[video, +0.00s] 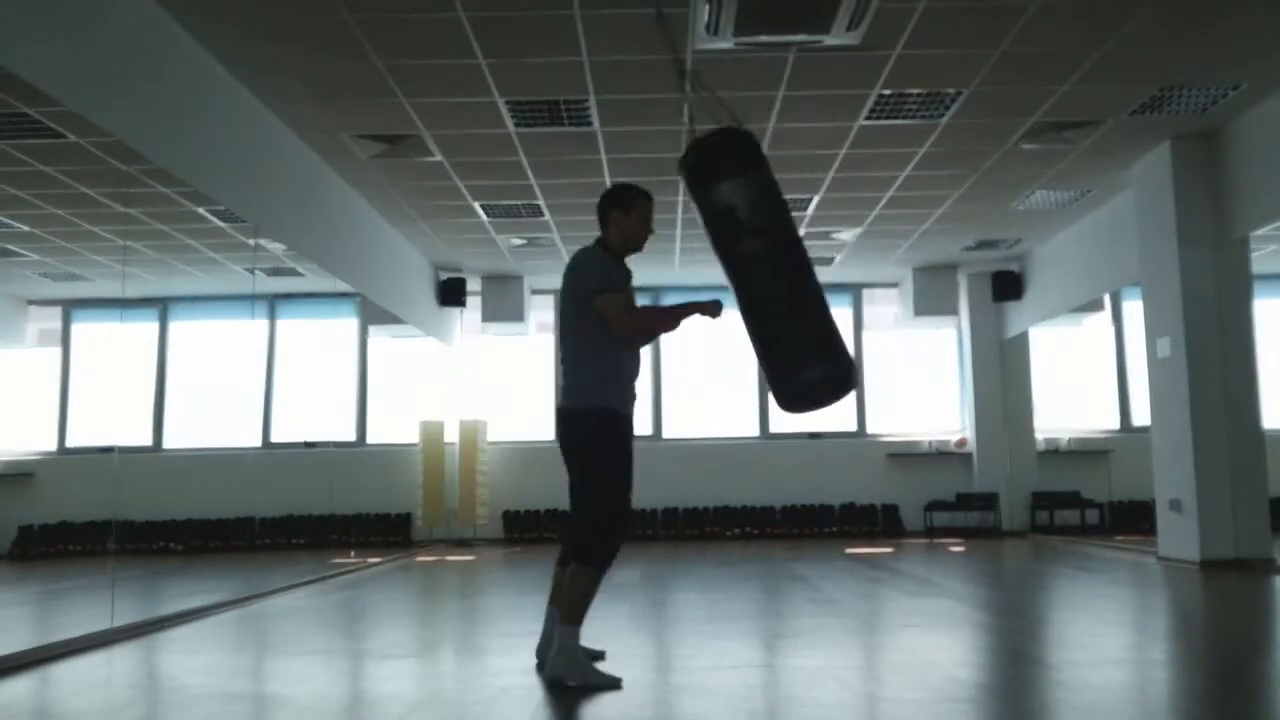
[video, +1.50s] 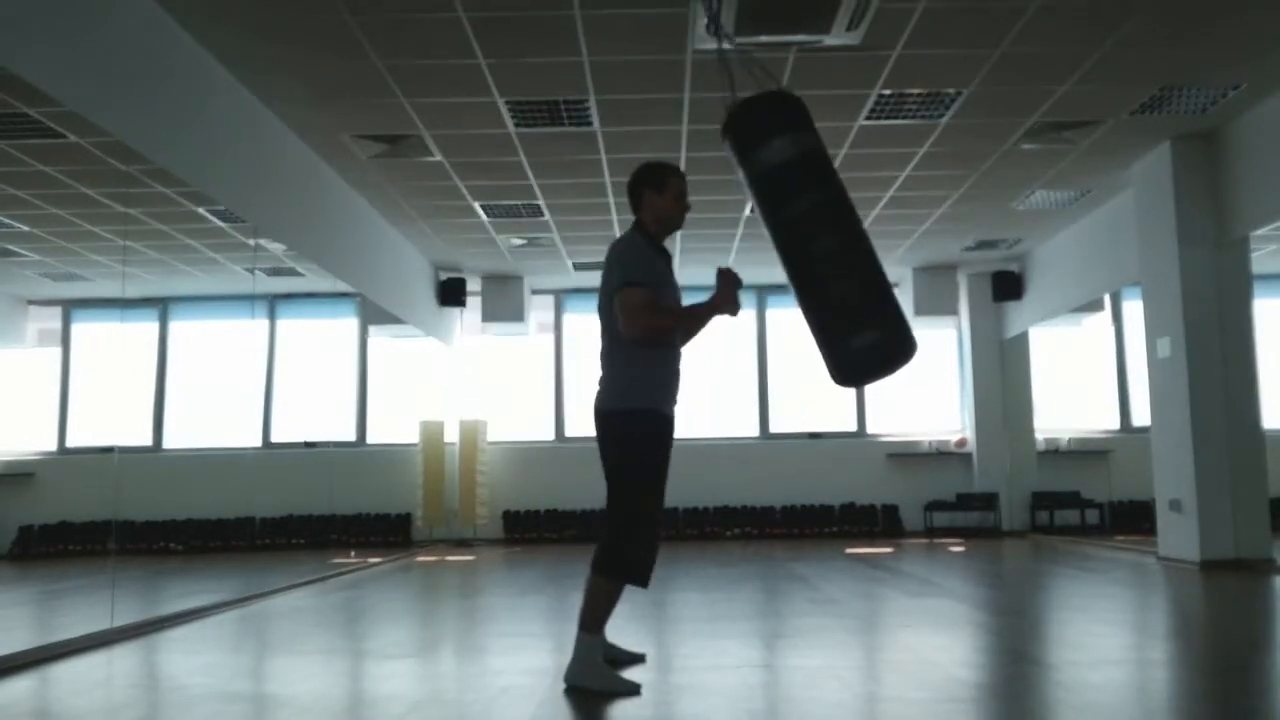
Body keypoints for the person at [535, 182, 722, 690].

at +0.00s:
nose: (650, 229)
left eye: (650, 220)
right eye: (644, 219)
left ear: (617, 219)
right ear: (617, 218)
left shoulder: (601, 267)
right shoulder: (598, 265)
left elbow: (619, 333)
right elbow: (626, 330)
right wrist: (684, 310)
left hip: (592, 415)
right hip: (596, 417)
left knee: (587, 529)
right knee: (603, 531)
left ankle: (555, 639)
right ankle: (564, 652)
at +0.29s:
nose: (682, 201)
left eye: (681, 192)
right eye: (674, 191)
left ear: (648, 195)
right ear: (645, 194)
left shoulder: (638, 249)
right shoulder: (630, 247)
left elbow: (671, 323)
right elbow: (672, 321)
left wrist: (720, 281)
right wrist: (727, 279)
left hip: (629, 410)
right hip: (620, 411)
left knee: (624, 527)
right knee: (615, 529)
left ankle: (592, 638)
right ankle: (570, 660)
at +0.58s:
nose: (688, 206)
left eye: (688, 197)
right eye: (680, 197)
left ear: (656, 200)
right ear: (652, 199)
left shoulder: (648, 252)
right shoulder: (637, 250)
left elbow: (680, 328)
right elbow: (680, 325)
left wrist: (733, 290)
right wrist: (735, 289)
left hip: (635, 410)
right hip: (628, 411)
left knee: (627, 526)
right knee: (621, 528)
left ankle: (590, 637)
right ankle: (579, 657)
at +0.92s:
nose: (695, 209)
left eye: (695, 200)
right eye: (687, 199)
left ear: (664, 204)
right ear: (658, 202)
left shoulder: (657, 260)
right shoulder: (638, 256)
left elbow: (682, 333)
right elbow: (654, 327)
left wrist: (723, 302)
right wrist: (725, 303)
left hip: (646, 413)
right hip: (632, 413)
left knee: (631, 527)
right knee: (625, 530)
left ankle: (595, 639)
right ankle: (586, 659)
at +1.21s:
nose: (692, 207)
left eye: (691, 198)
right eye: (684, 197)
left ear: (657, 202)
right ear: (654, 200)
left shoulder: (654, 256)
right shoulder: (641, 255)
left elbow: (679, 331)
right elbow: (653, 332)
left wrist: (716, 292)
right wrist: (715, 291)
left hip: (641, 411)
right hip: (633, 413)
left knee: (629, 528)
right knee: (625, 531)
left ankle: (594, 638)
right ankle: (586, 658)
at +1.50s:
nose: (686, 205)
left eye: (685, 197)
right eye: (678, 196)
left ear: (656, 201)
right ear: (648, 200)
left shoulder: (652, 256)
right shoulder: (631, 254)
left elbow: (668, 331)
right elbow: (638, 324)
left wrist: (712, 305)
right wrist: (713, 306)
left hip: (645, 412)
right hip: (630, 413)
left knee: (631, 529)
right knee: (625, 531)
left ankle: (593, 638)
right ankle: (586, 658)